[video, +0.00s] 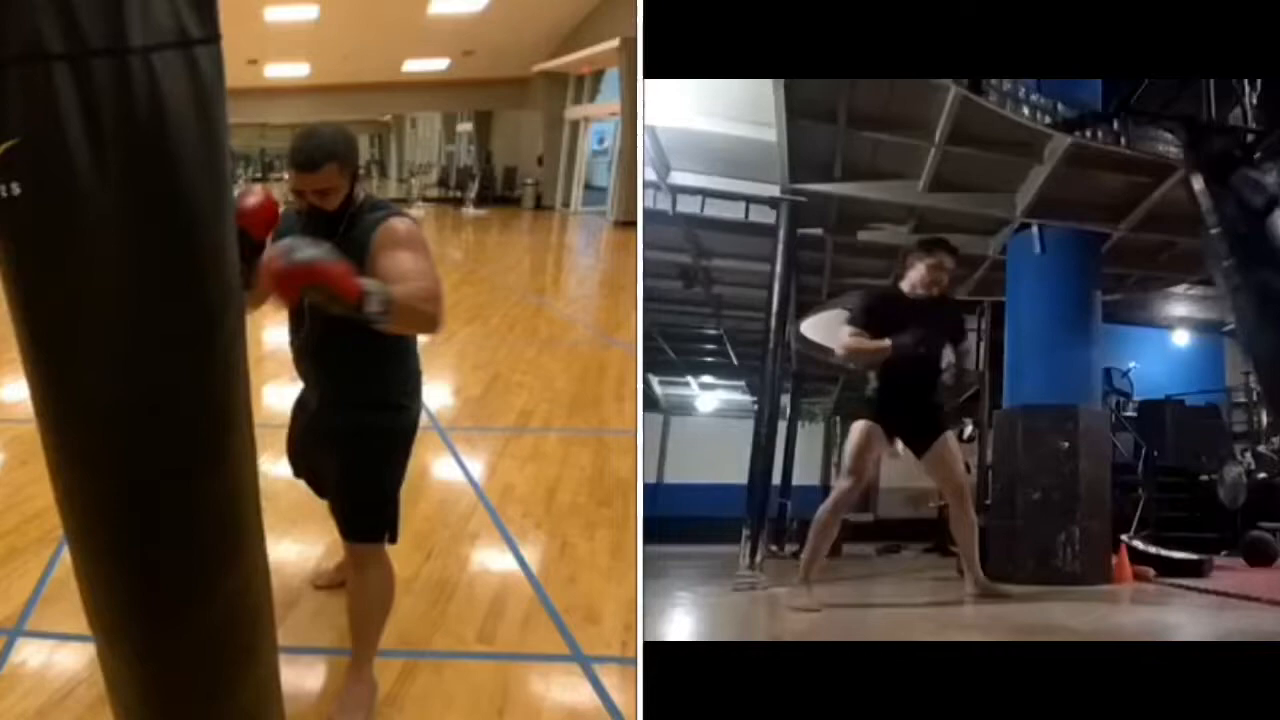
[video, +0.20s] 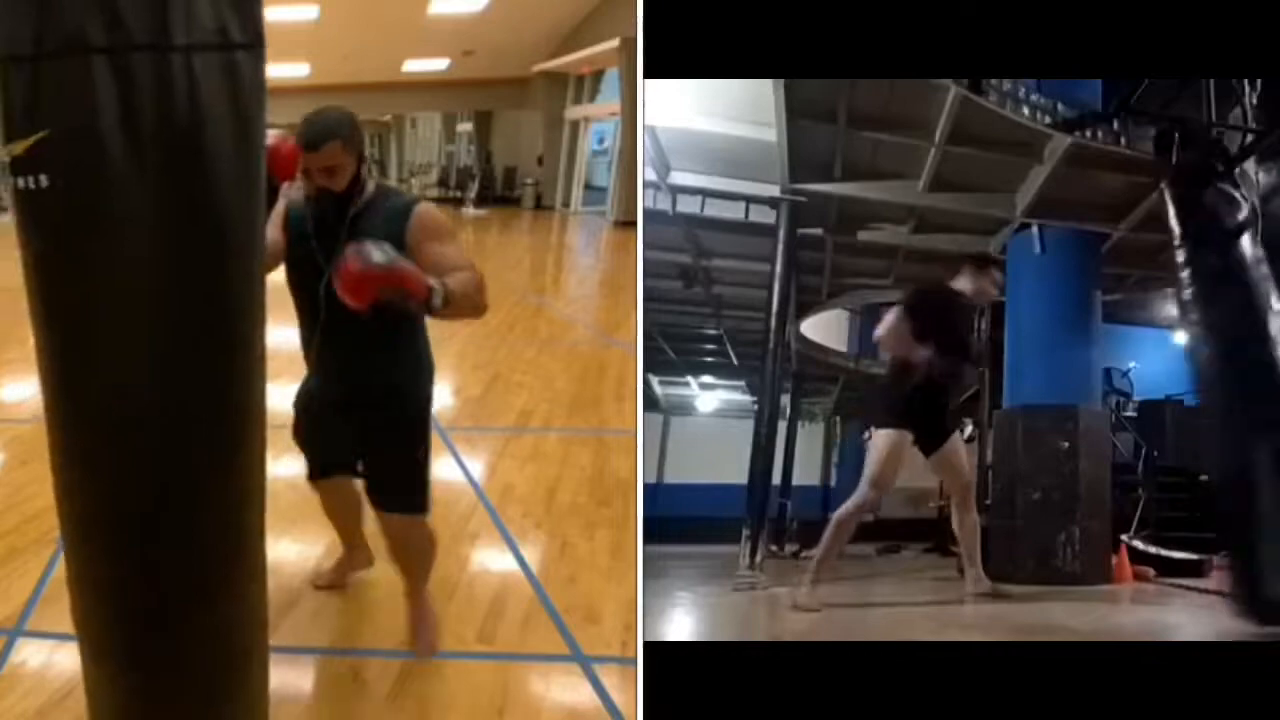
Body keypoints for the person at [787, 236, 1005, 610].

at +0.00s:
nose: (940, 277)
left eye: (947, 272)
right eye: (934, 267)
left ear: (951, 277)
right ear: (912, 264)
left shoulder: (948, 312)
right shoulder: (881, 300)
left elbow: (964, 362)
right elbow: (846, 345)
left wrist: (958, 384)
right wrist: (893, 345)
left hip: (924, 409)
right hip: (880, 406)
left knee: (959, 490)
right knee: (848, 487)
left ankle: (975, 580)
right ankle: (802, 580)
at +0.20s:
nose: (995, 294)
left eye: (997, 288)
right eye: (992, 285)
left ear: (977, 282)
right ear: (972, 276)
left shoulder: (965, 316)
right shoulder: (932, 297)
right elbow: (887, 334)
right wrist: (922, 356)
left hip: (934, 411)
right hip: (898, 404)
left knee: (963, 488)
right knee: (869, 495)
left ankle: (975, 578)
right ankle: (808, 581)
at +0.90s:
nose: (957, 248)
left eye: (963, 241)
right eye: (951, 237)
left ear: (968, 248)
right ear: (931, 237)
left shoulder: (960, 289)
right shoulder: (895, 270)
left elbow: (962, 334)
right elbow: (855, 310)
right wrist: (888, 316)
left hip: (930, 387)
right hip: (883, 382)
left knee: (959, 474)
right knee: (868, 462)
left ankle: (969, 569)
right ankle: (845, 577)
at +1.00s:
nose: (949, 243)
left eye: (955, 238)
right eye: (944, 233)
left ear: (957, 243)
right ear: (921, 229)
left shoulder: (944, 279)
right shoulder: (884, 261)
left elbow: (953, 330)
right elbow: (834, 301)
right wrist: (888, 302)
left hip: (913, 382)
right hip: (868, 376)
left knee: (943, 478)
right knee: (852, 463)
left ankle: (908, 569)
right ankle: (806, 569)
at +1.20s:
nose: (925, 254)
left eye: (929, 247)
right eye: (921, 243)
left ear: (919, 249)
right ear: (896, 236)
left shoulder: (904, 285)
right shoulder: (855, 263)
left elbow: (888, 338)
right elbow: (824, 310)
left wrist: (914, 352)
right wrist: (877, 315)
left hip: (878, 386)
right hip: (836, 381)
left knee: (934, 460)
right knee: (811, 479)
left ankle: (901, 554)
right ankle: (771, 588)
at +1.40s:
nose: (914, 240)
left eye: (918, 236)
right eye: (910, 230)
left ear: (914, 240)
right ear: (886, 221)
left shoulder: (902, 271)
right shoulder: (848, 238)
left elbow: (914, 324)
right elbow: (838, 267)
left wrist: (921, 328)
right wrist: (893, 275)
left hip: (878, 379)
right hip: (829, 374)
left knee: (913, 478)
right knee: (800, 476)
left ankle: (919, 576)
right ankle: (772, 590)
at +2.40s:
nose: (945, 273)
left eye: (950, 268)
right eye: (941, 263)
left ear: (946, 270)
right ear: (918, 255)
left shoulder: (928, 300)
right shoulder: (880, 277)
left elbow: (932, 360)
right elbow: (864, 316)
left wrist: (947, 329)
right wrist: (918, 299)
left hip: (896, 401)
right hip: (854, 395)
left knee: (930, 487)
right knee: (833, 490)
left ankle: (953, 581)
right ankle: (785, 583)